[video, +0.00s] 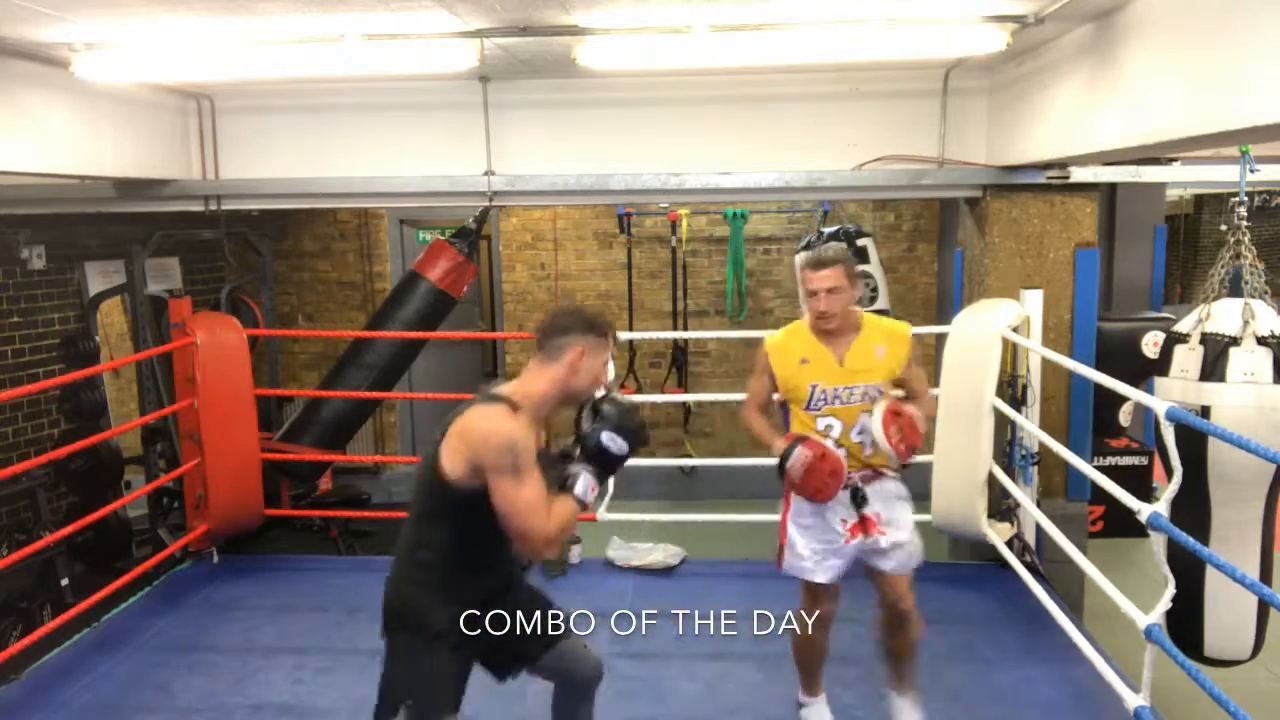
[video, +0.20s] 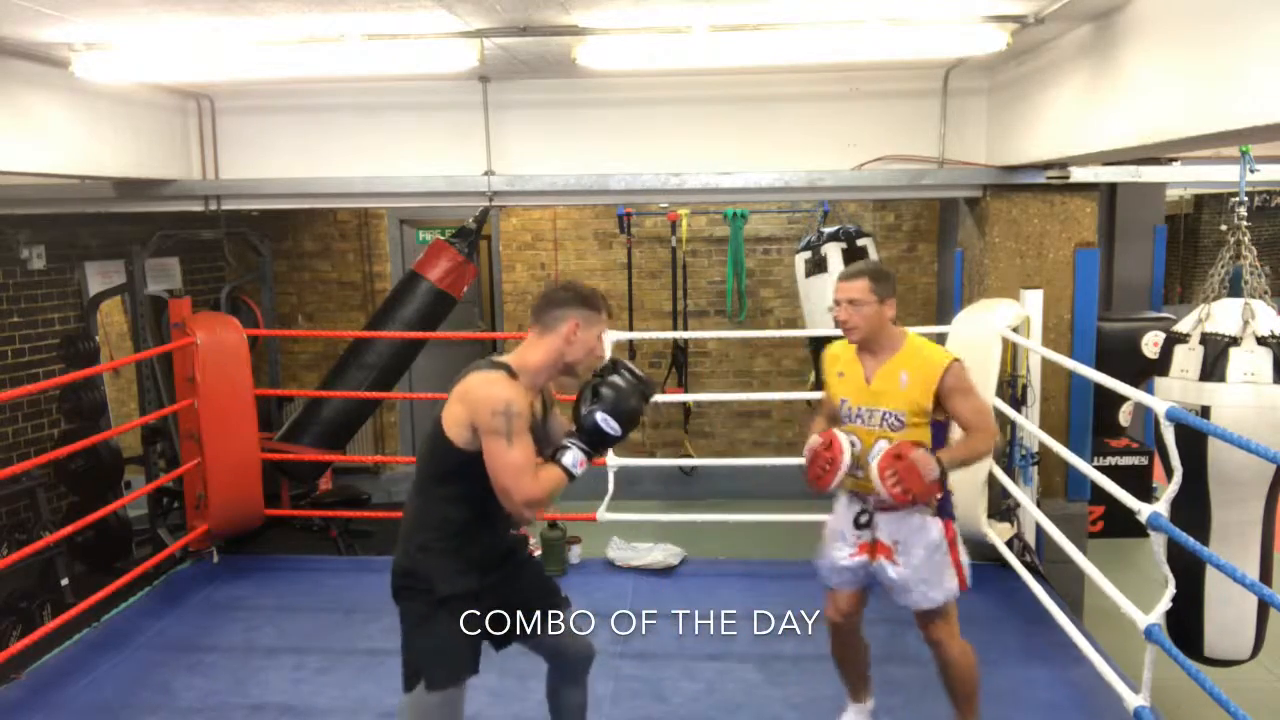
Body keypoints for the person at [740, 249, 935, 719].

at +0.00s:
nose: (821, 305)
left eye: (832, 293)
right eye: (811, 294)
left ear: (855, 291)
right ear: (801, 295)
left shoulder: (896, 338)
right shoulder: (779, 348)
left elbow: (922, 397)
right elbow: (751, 409)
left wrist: (912, 421)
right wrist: (782, 447)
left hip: (883, 490)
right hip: (815, 496)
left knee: (901, 605)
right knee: (817, 607)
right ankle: (812, 701)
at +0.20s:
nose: (840, 315)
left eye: (852, 304)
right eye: (838, 305)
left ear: (888, 307)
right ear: (837, 308)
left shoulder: (938, 368)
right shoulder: (836, 358)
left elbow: (985, 436)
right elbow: (826, 414)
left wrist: (939, 460)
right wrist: (815, 445)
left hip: (916, 517)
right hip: (852, 509)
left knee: (940, 633)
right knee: (839, 616)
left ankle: (968, 716)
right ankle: (860, 705)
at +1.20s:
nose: (780, 311)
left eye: (790, 302)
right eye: (781, 300)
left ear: (825, 310)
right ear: (827, 312)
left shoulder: (829, 365)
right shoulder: (862, 352)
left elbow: (807, 432)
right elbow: (832, 422)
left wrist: (755, 391)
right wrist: (782, 387)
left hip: (834, 526)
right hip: (874, 515)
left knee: (789, 643)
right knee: (904, 610)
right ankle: (954, 702)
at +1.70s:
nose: (707, 304)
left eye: (717, 294)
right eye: (708, 293)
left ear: (753, 303)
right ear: (757, 304)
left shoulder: (746, 358)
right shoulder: (800, 343)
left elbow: (694, 413)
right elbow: (763, 402)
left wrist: (605, 392)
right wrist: (715, 362)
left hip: (778, 524)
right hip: (825, 509)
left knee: (759, 652)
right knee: (830, 613)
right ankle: (867, 711)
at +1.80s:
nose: (708, 304)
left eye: (717, 295)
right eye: (709, 294)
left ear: (753, 300)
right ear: (758, 302)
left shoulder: (752, 357)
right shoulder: (798, 344)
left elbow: (718, 419)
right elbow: (768, 400)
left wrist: (640, 409)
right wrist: (722, 356)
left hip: (768, 523)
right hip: (817, 511)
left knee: (748, 652)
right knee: (830, 618)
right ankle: (861, 715)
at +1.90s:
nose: (708, 305)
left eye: (717, 295)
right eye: (708, 295)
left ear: (753, 301)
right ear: (758, 304)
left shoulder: (743, 356)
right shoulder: (800, 345)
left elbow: (682, 410)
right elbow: (744, 399)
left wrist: (601, 388)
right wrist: (711, 335)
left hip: (774, 523)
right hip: (818, 511)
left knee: (746, 650)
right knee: (824, 611)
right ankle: (862, 710)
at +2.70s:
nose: (680, 317)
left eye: (687, 306)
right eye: (679, 308)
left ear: (717, 308)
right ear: (717, 310)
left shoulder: (755, 343)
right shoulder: (721, 362)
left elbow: (700, 355)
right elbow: (700, 443)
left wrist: (652, 284)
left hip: (760, 531)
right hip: (771, 525)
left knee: (736, 665)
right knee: (804, 639)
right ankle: (831, 716)